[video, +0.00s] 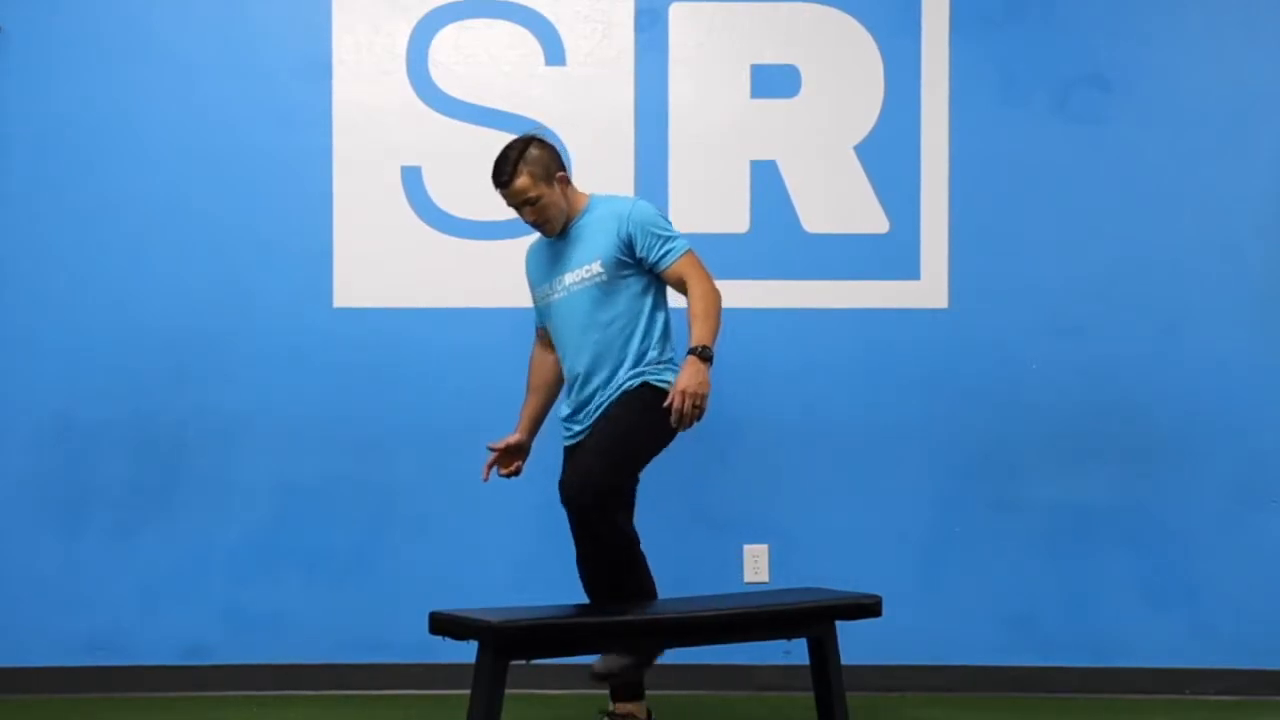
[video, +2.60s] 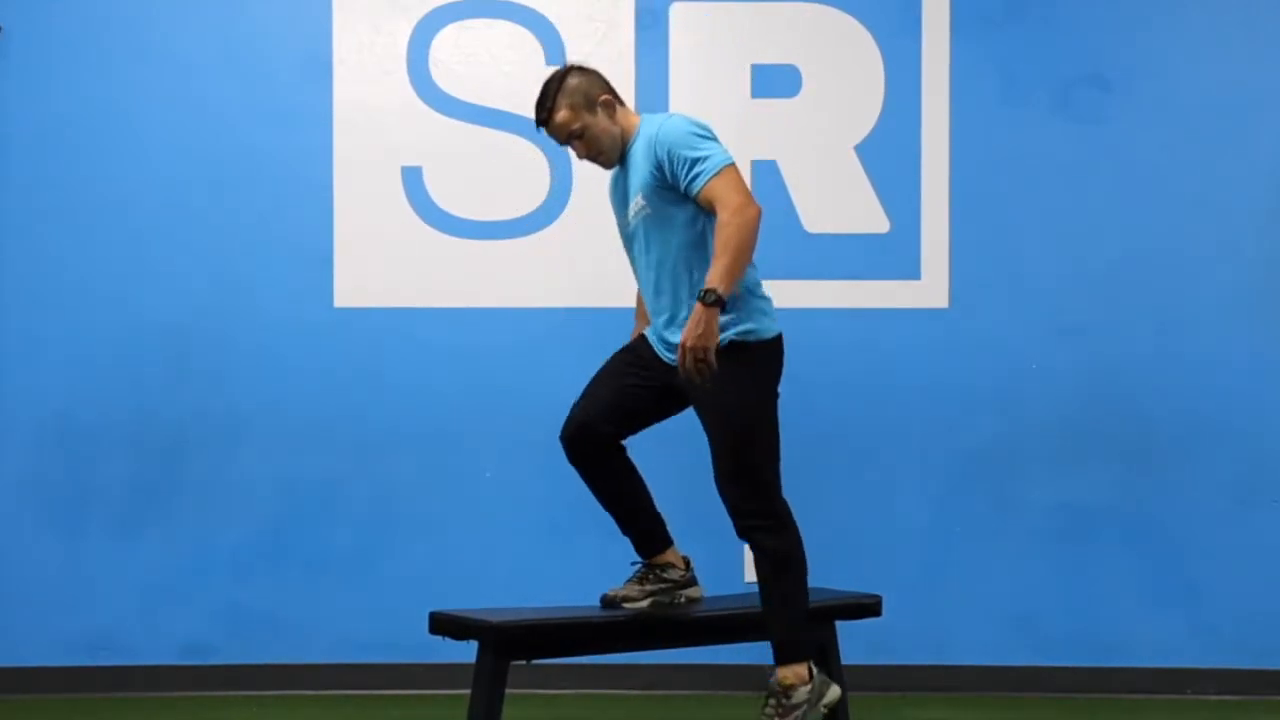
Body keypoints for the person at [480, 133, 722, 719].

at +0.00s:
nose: (528, 216)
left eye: (532, 201)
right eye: (517, 207)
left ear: (562, 179)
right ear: (512, 202)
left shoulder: (626, 218)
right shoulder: (539, 257)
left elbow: (702, 287)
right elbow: (548, 348)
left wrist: (698, 362)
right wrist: (525, 432)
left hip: (646, 388)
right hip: (583, 415)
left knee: (588, 488)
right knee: (595, 545)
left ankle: (639, 625)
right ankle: (629, 702)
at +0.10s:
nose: (527, 218)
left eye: (531, 203)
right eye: (516, 209)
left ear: (560, 179)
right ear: (511, 203)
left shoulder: (626, 217)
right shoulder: (537, 258)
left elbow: (702, 278)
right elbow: (547, 347)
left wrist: (711, 354)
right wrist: (522, 431)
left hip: (653, 377)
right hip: (591, 406)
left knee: (582, 432)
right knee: (603, 560)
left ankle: (663, 534)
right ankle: (628, 702)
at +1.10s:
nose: (582, 167)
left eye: (589, 153)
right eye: (571, 157)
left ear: (622, 133)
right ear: (561, 150)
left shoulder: (687, 180)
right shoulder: (567, 197)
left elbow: (775, 245)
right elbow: (553, 274)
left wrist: (796, 327)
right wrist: (523, 343)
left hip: (701, 340)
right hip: (624, 368)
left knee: (636, 424)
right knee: (610, 507)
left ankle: (696, 566)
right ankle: (613, 656)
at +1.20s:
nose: (583, 129)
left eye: (590, 116)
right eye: (575, 118)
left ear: (625, 94)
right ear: (570, 111)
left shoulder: (696, 144)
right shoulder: (576, 158)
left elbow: (785, 213)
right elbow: (567, 238)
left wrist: (799, 295)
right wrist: (540, 307)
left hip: (706, 311)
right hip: (631, 326)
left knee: (648, 419)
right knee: (601, 462)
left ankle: (698, 570)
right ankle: (633, 614)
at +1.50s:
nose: (595, 37)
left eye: (600, 21)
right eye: (586, 25)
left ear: (636, 3)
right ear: (585, 17)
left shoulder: (708, 57)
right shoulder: (600, 64)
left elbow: (782, 142)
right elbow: (598, 155)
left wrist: (777, 229)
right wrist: (565, 239)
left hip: (704, 251)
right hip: (628, 256)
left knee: (685, 397)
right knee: (615, 390)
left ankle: (701, 563)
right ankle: (672, 539)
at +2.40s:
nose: (575, 76)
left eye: (575, 59)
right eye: (564, 68)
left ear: (608, 28)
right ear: (566, 63)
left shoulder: (678, 68)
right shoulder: (609, 116)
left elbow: (755, 148)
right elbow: (635, 220)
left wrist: (736, 237)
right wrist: (612, 296)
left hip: (707, 281)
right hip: (642, 295)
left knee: (707, 428)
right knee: (607, 420)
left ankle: (768, 597)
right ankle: (668, 568)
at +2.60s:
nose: (576, 151)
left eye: (576, 134)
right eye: (566, 144)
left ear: (608, 104)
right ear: (581, 128)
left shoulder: (671, 136)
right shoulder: (623, 180)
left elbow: (740, 209)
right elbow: (651, 283)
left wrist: (709, 301)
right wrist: (638, 351)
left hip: (735, 342)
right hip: (666, 349)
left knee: (753, 499)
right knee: (585, 435)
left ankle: (797, 677)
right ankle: (666, 567)